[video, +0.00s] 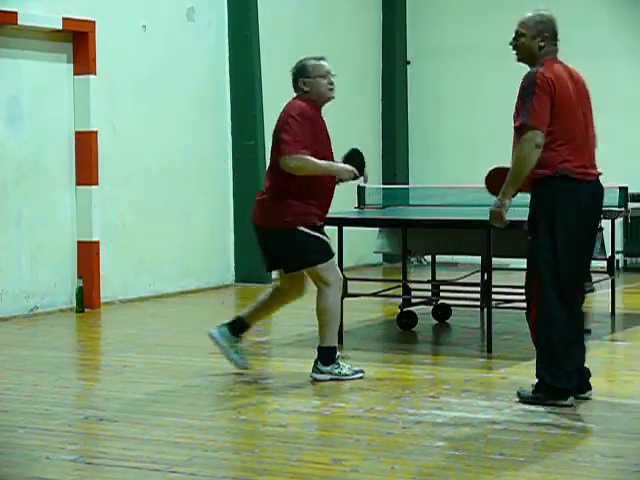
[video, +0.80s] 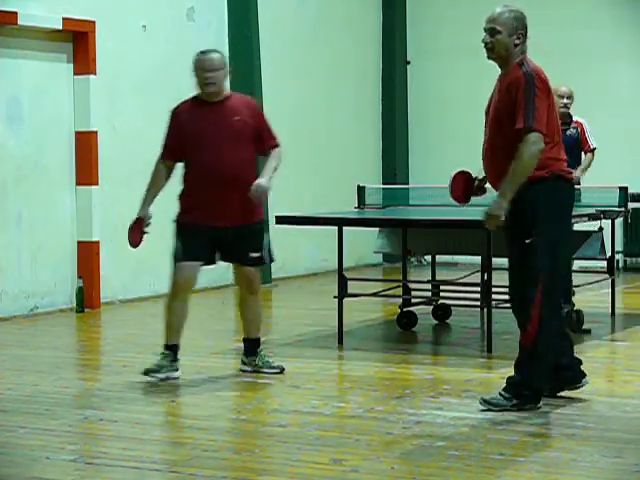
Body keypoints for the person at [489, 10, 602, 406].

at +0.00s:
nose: (513, 43)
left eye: (519, 36)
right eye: (514, 37)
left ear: (543, 41)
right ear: (547, 43)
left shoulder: (540, 77)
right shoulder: (572, 77)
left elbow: (534, 140)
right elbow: (576, 141)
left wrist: (503, 198)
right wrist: (524, 173)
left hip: (559, 192)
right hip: (586, 191)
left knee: (547, 286)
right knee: (567, 285)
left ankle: (555, 384)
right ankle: (573, 377)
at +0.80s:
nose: (485, 38)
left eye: (493, 33)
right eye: (485, 32)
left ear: (518, 38)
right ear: (496, 40)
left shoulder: (527, 76)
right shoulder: (510, 78)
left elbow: (534, 142)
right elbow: (520, 140)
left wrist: (503, 199)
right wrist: (493, 178)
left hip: (543, 192)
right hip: (526, 193)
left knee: (538, 287)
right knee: (525, 287)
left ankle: (527, 388)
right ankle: (564, 369)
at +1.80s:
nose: (507, 45)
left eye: (514, 39)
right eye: (507, 40)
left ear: (539, 42)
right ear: (528, 44)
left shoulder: (554, 77)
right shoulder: (520, 90)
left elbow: (537, 119)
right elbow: (504, 147)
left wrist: (487, 98)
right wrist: (499, 189)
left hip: (550, 194)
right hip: (527, 196)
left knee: (534, 287)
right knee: (546, 287)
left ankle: (524, 387)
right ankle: (566, 378)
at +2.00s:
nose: (516, 57)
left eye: (520, 50)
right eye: (515, 51)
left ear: (539, 46)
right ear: (539, 47)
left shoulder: (556, 75)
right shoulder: (539, 79)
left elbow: (501, 75)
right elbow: (503, 75)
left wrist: (503, 33)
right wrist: (502, 36)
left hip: (549, 194)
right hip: (538, 194)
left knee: (521, 285)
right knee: (549, 288)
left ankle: (514, 382)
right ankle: (565, 381)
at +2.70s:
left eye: (489, 48)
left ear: (488, 50)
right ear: (521, 44)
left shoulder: (482, 84)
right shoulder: (554, 82)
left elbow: (439, 91)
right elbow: (579, 138)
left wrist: (464, 53)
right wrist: (578, 190)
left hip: (506, 197)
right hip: (553, 196)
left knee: (491, 283)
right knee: (552, 279)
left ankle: (494, 373)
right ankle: (558, 354)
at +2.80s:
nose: (498, 50)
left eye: (492, 45)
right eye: (511, 42)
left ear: (489, 47)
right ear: (521, 43)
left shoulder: (480, 84)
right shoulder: (552, 82)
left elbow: (441, 114)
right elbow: (575, 137)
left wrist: (456, 79)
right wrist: (573, 186)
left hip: (502, 194)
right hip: (550, 193)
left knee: (492, 279)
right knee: (548, 273)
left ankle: (495, 372)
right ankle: (553, 351)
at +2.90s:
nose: (504, 50)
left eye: (497, 45)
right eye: (514, 43)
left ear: (493, 46)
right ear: (525, 44)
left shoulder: (480, 85)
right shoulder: (553, 83)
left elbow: (447, 131)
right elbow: (573, 141)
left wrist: (461, 111)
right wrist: (568, 189)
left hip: (499, 194)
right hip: (547, 194)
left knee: (492, 280)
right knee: (549, 278)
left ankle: (494, 373)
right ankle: (551, 367)